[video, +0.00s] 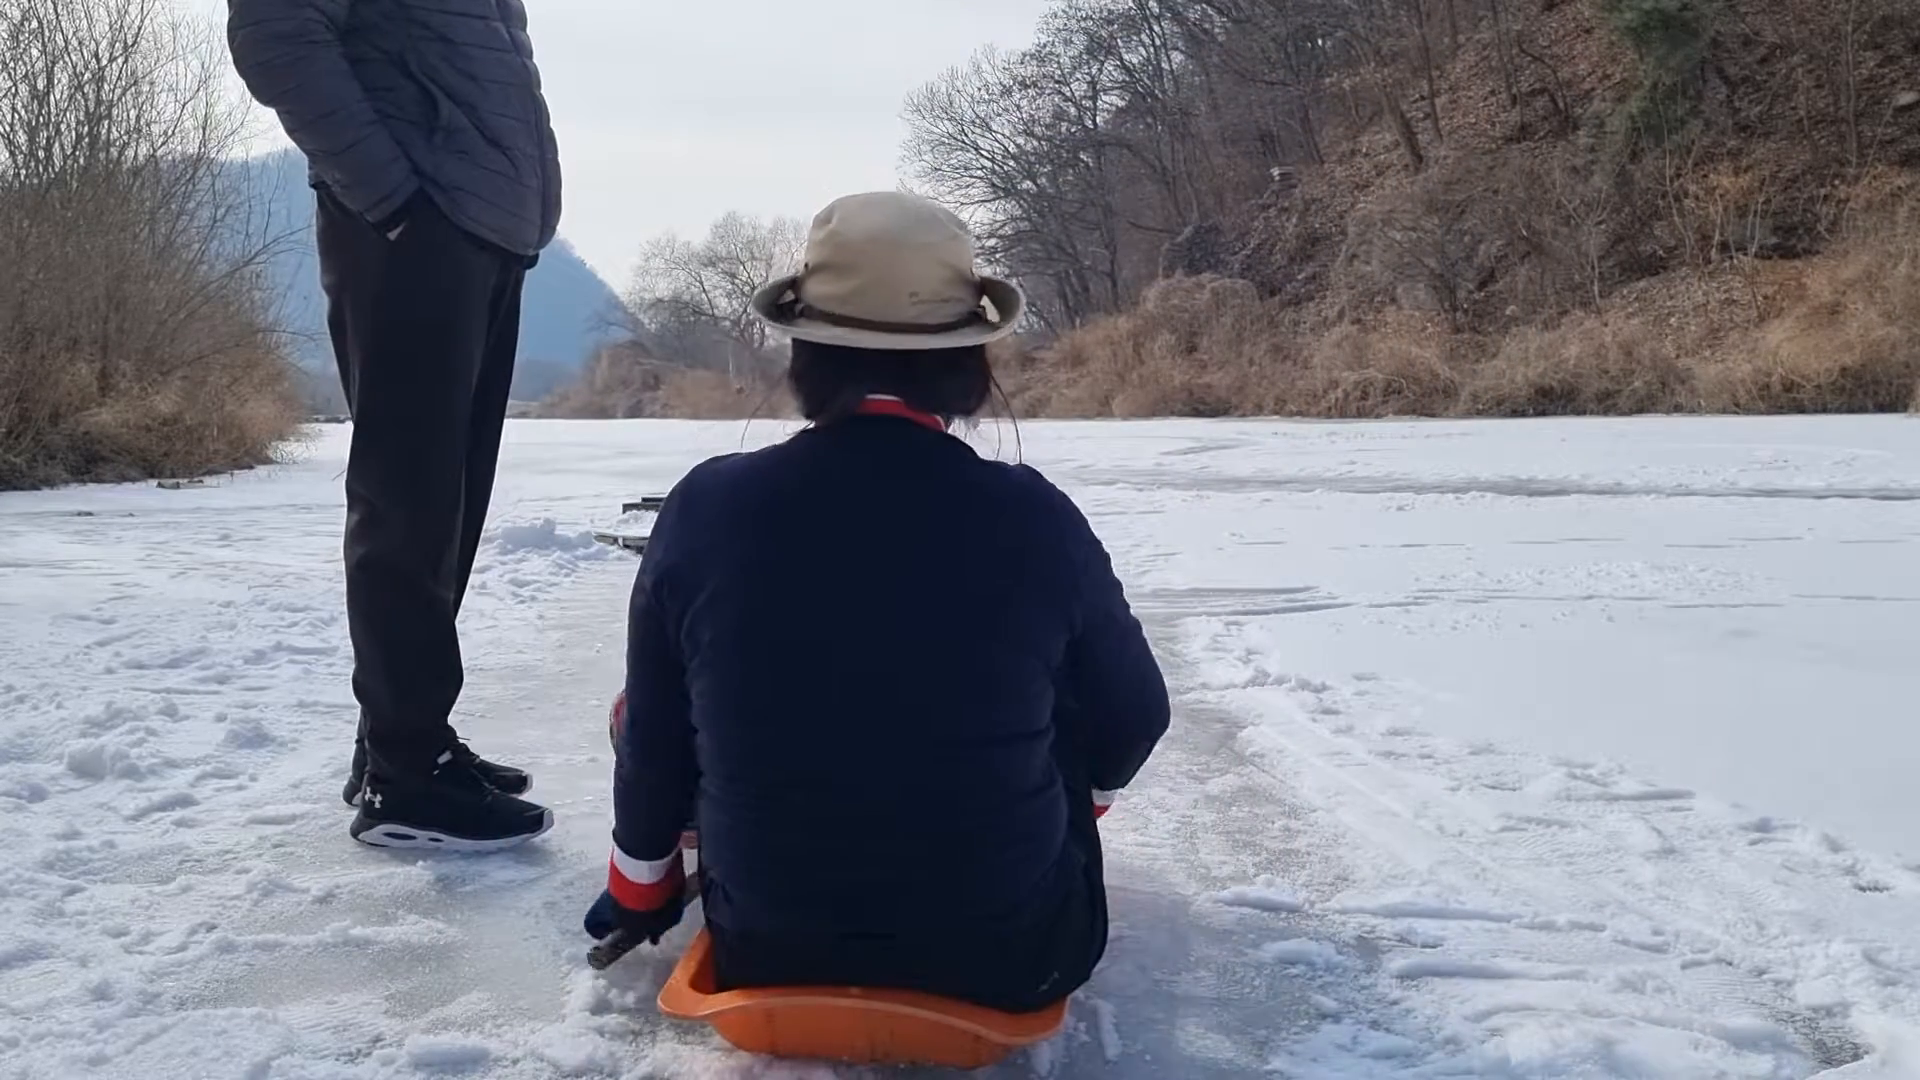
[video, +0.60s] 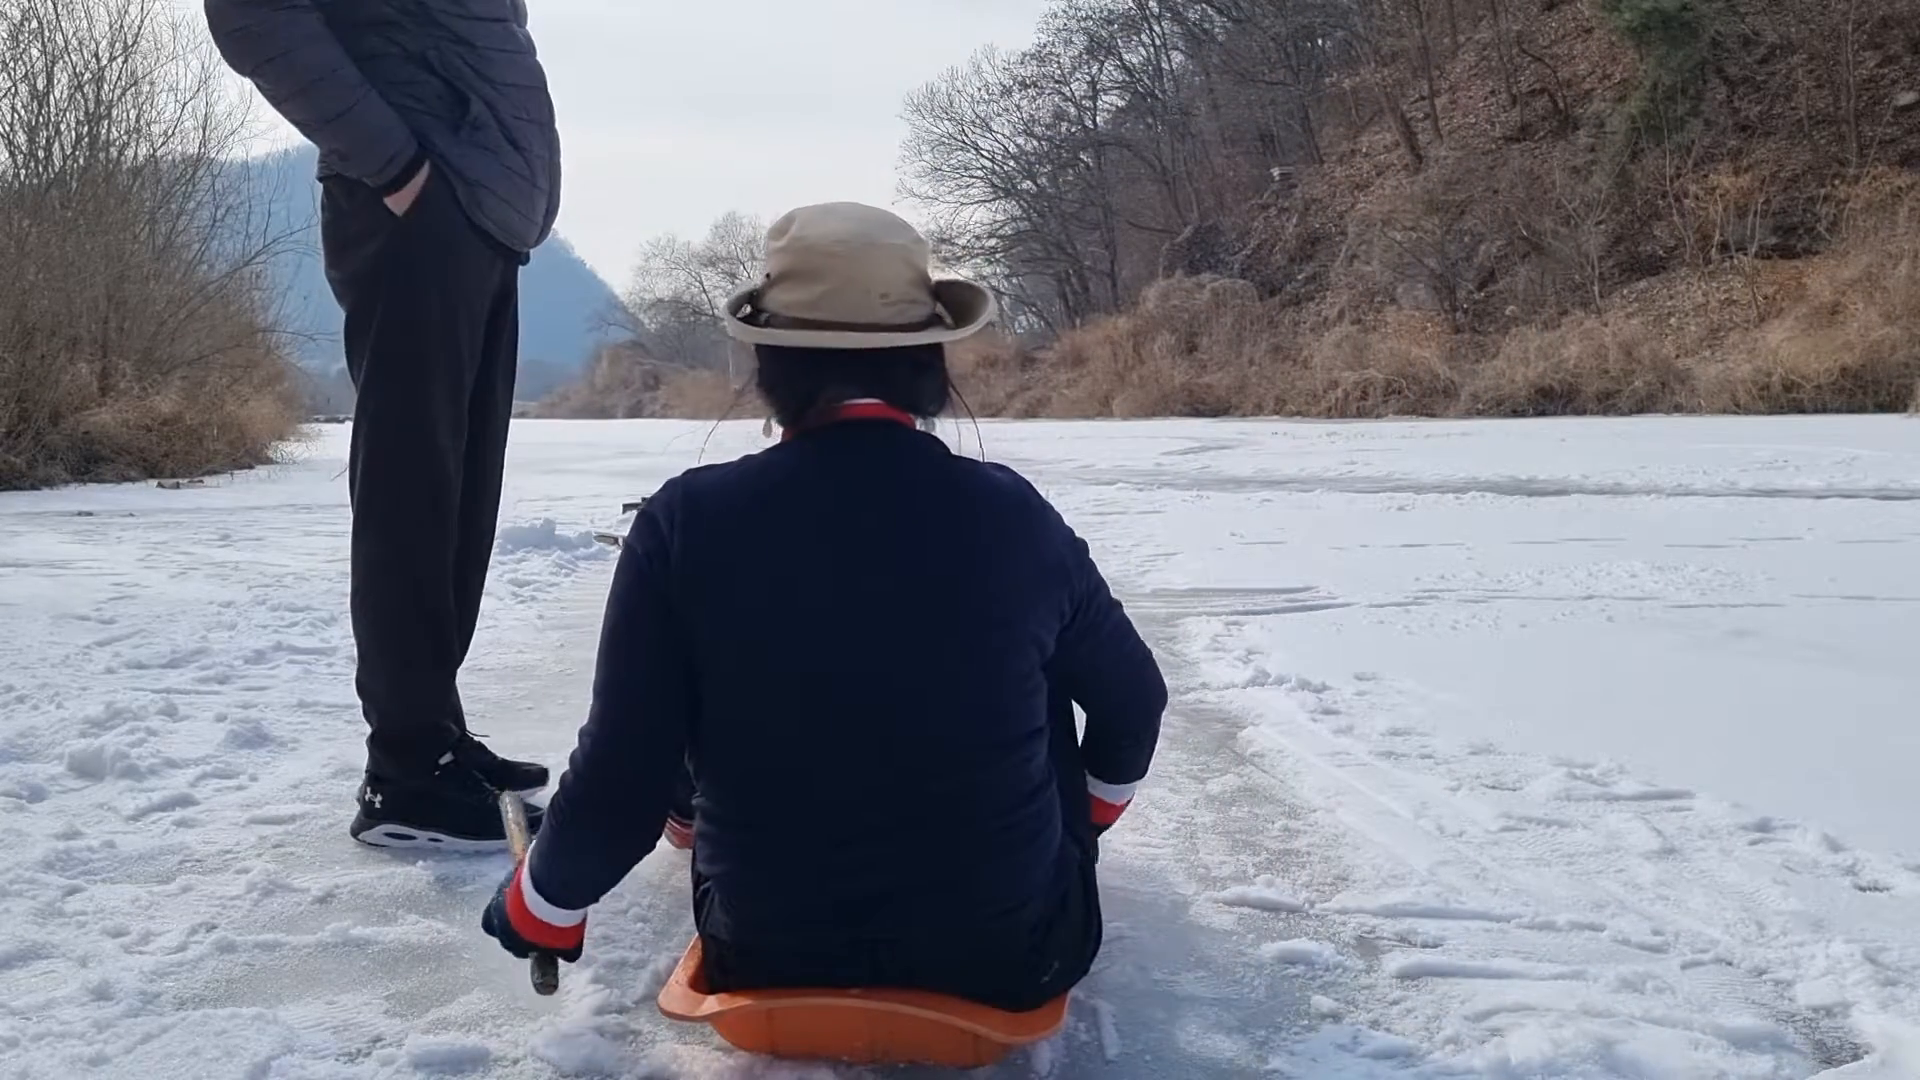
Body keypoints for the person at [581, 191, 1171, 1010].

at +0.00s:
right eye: (985, 343)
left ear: (806, 356)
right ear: (973, 365)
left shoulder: (709, 502)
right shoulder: (1034, 511)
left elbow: (654, 727)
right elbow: (1135, 706)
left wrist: (641, 883)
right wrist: (1053, 792)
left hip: (771, 949)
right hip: (1000, 960)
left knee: (645, 697)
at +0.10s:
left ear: (807, 369)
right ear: (968, 371)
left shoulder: (705, 505)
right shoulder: (1028, 517)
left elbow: (638, 736)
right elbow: (1107, 715)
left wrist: (622, 890)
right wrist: (1029, 801)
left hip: (772, 947)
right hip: (997, 957)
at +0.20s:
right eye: (970, 349)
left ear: (801, 362)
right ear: (961, 367)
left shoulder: (702, 511)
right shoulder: (1027, 516)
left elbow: (624, 753)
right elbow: (1128, 721)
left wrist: (592, 920)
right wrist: (1024, 789)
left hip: (774, 956)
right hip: (998, 964)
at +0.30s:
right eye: (964, 347)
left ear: (793, 362)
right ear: (953, 367)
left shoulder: (692, 515)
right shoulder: (1020, 513)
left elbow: (623, 761)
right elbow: (1139, 716)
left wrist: (574, 942)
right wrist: (1056, 804)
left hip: (770, 946)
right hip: (998, 961)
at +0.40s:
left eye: (770, 352)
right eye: (955, 348)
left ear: (781, 370)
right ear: (944, 369)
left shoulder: (686, 517)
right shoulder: (1014, 515)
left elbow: (622, 758)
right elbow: (1134, 721)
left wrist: (566, 935)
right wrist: (1087, 841)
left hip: (768, 950)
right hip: (996, 959)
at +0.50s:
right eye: (947, 355)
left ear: (774, 373)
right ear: (936, 371)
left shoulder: (684, 520)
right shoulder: (1013, 515)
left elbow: (625, 760)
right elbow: (1133, 703)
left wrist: (550, 924)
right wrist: (1089, 827)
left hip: (767, 949)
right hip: (993, 957)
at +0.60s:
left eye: (758, 359)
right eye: (943, 352)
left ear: (771, 373)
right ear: (932, 369)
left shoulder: (688, 519)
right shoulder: (1012, 513)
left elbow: (626, 763)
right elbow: (1132, 691)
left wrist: (541, 903)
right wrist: (1086, 807)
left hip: (769, 951)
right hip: (994, 960)